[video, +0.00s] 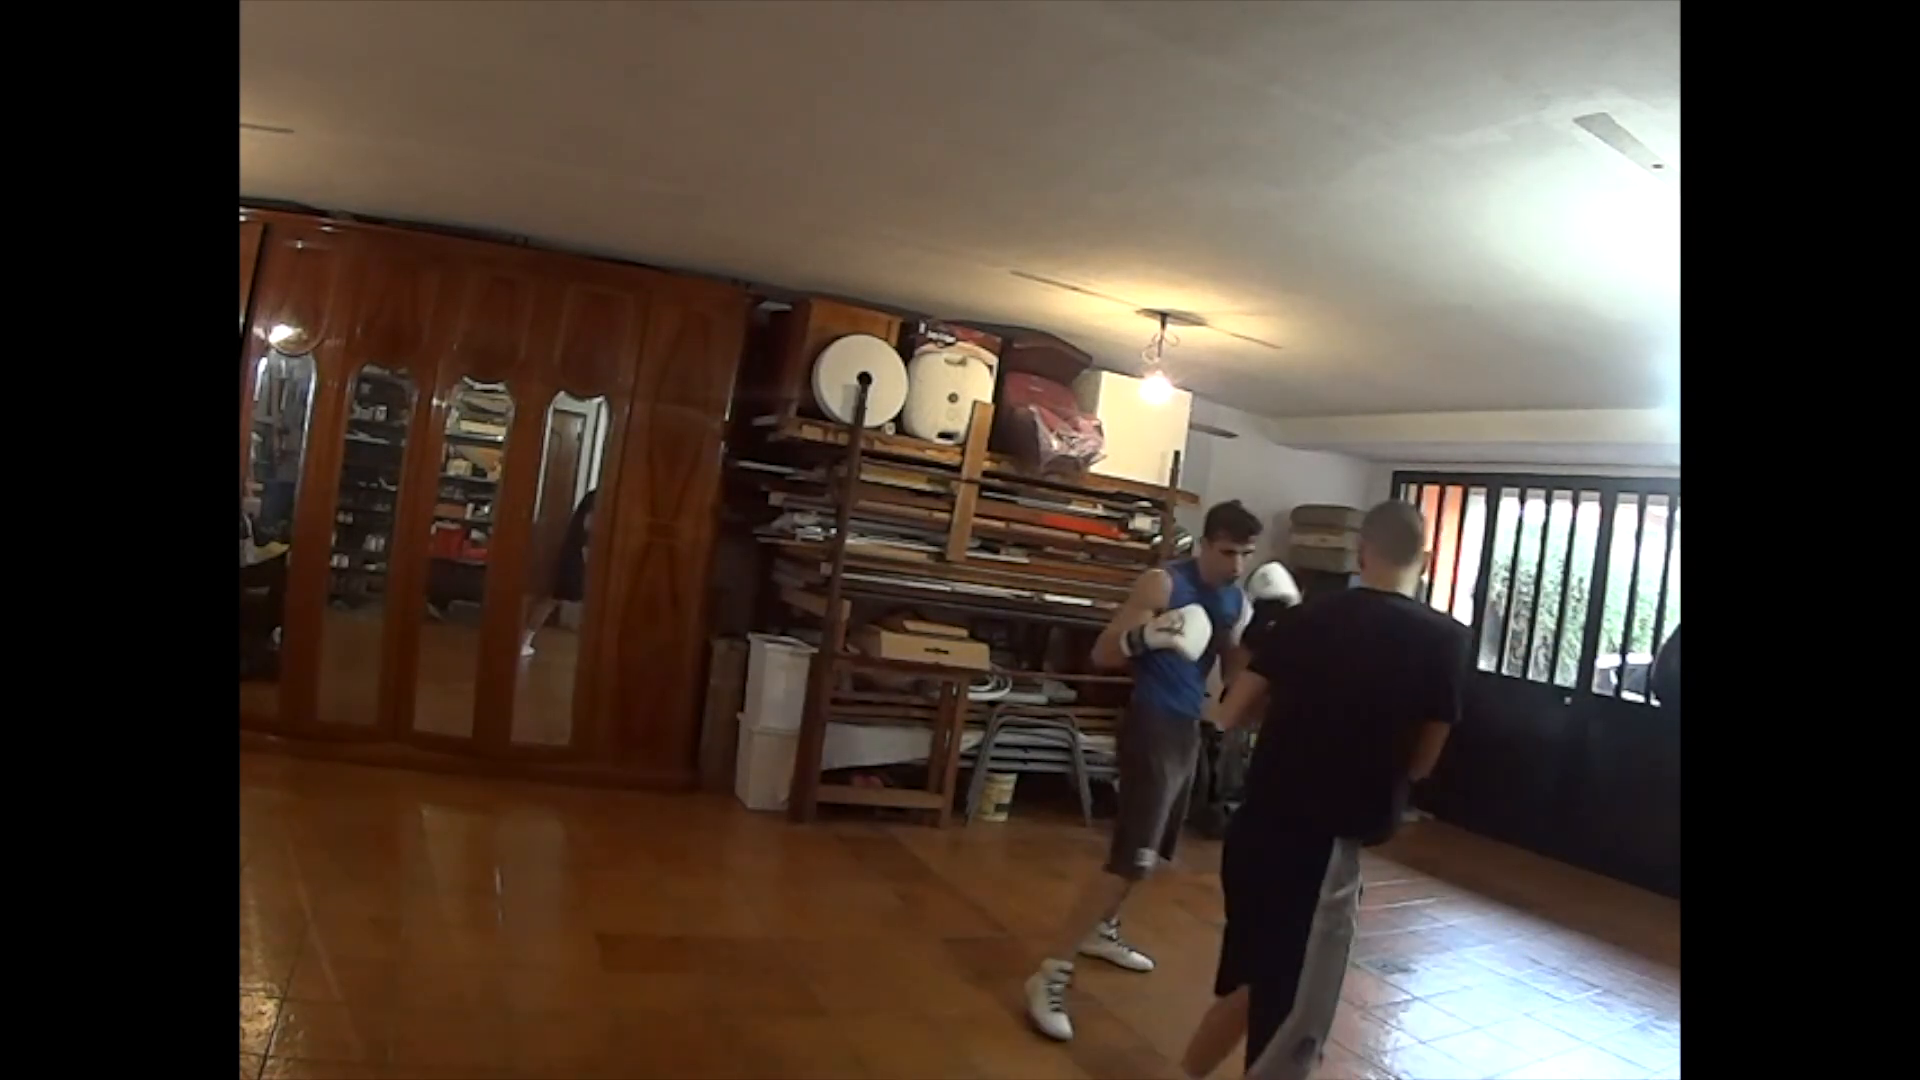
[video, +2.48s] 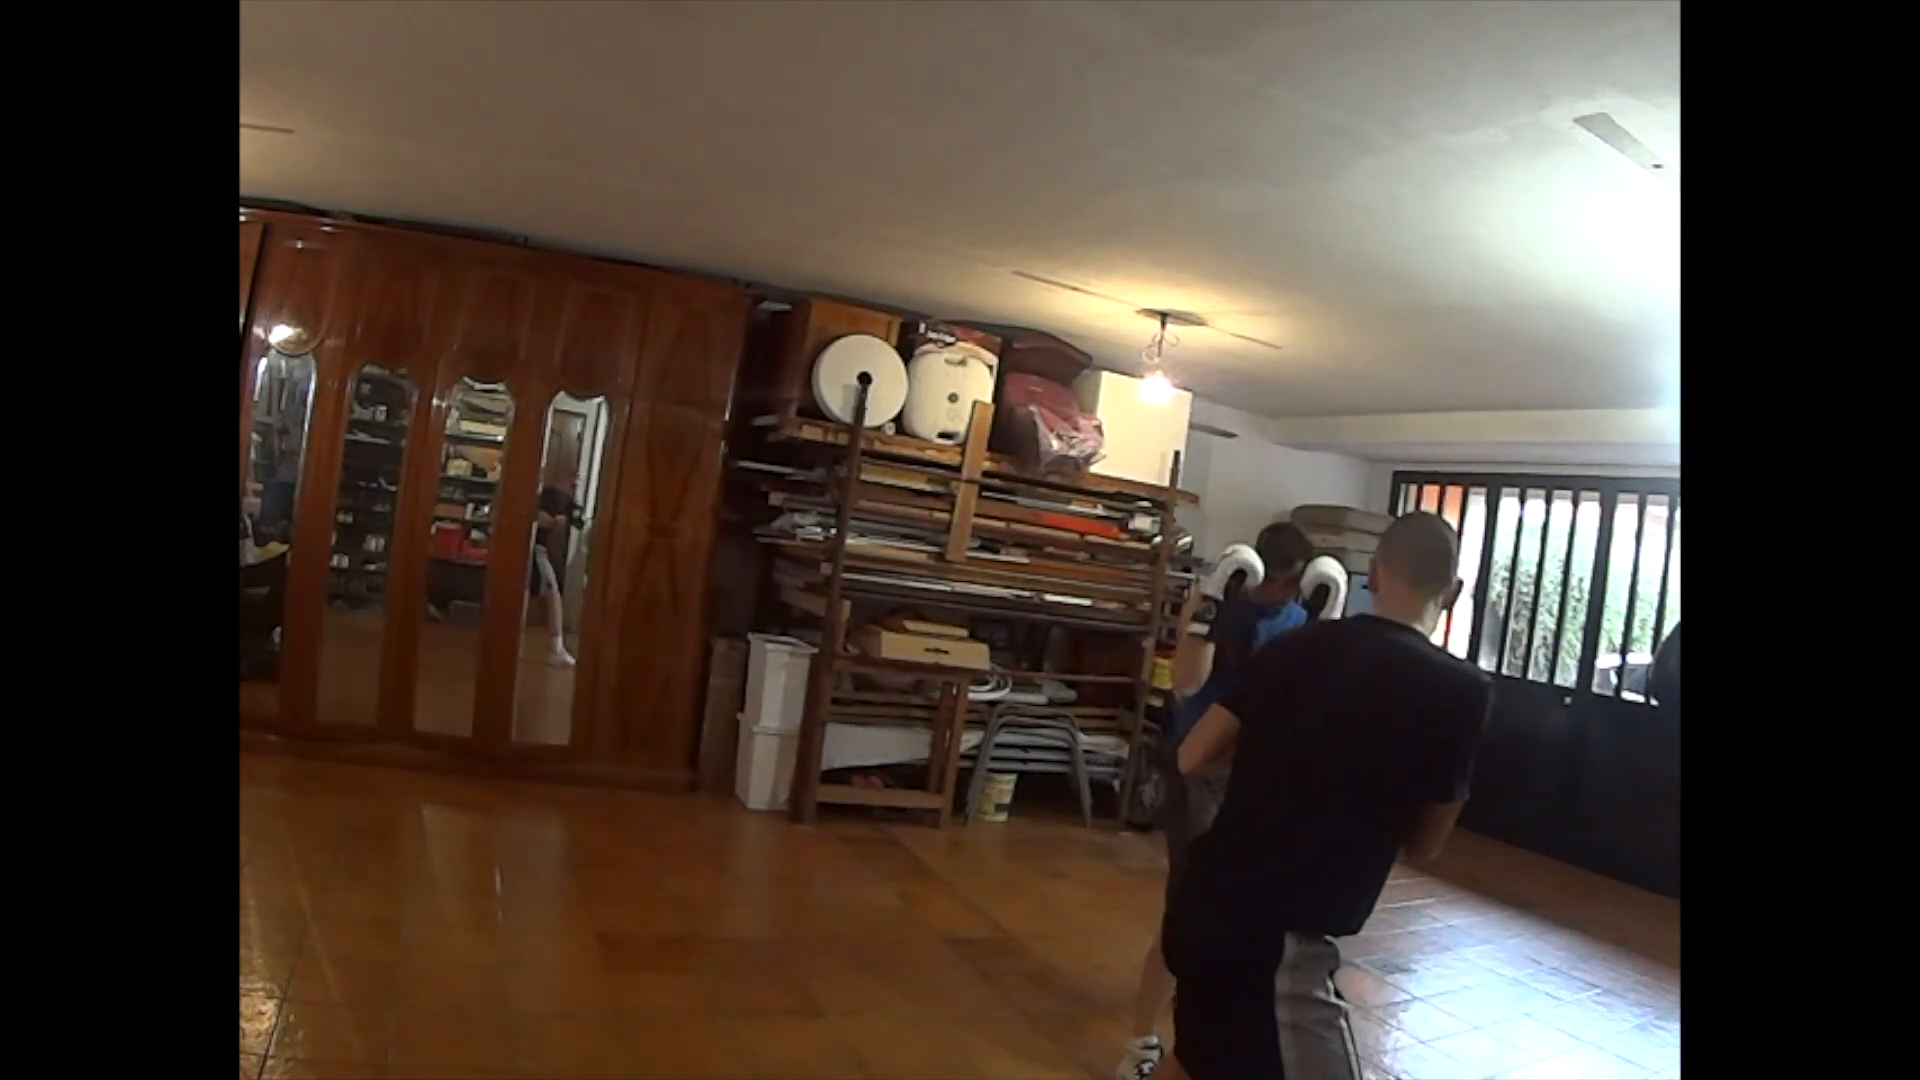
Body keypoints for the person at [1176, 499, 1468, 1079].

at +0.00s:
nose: (1361, 558)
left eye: (1359, 548)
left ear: (1361, 551)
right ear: (1424, 561)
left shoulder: (1312, 616)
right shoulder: (1443, 639)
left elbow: (1233, 713)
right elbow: (1421, 763)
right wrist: (1368, 731)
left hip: (1266, 814)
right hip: (1342, 834)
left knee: (1250, 980)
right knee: (1300, 998)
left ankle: (1188, 1069)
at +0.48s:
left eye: (1363, 576)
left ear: (1364, 577)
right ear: (1429, 585)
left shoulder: (1302, 649)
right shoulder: (1455, 677)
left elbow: (1215, 753)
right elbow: (1421, 808)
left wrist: (1270, 739)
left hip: (1247, 874)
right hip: (1335, 905)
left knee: (1229, 1011)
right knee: (1327, 1067)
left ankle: (1167, 1075)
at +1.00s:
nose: (1321, 562)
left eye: (1323, 554)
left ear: (1332, 557)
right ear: (1399, 569)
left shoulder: (1284, 621)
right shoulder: (1425, 641)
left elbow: (1195, 723)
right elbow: (1397, 782)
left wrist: (1256, 713)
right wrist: (1337, 760)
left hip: (1222, 833)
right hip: (1307, 858)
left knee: (1198, 1010)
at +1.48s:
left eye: (1375, 555)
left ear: (1373, 561)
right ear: (1446, 582)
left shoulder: (1306, 625)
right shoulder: (1457, 673)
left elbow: (1191, 705)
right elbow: (1415, 822)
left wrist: (1252, 684)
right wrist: (1366, 754)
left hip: (1212, 870)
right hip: (1298, 909)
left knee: (1190, 1030)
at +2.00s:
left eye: (1382, 577)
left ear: (1380, 582)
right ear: (1455, 603)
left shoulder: (1305, 655)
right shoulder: (1469, 695)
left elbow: (1197, 764)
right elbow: (1432, 851)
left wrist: (1268, 756)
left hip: (1216, 914)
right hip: (1311, 952)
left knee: (1201, 1057)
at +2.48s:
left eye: (1377, 568)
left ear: (1375, 573)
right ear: (1452, 593)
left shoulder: (1298, 648)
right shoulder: (1461, 689)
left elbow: (1193, 756)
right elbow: (1425, 847)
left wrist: (1270, 746)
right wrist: (1366, 785)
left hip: (1213, 901)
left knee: (1205, 1060)